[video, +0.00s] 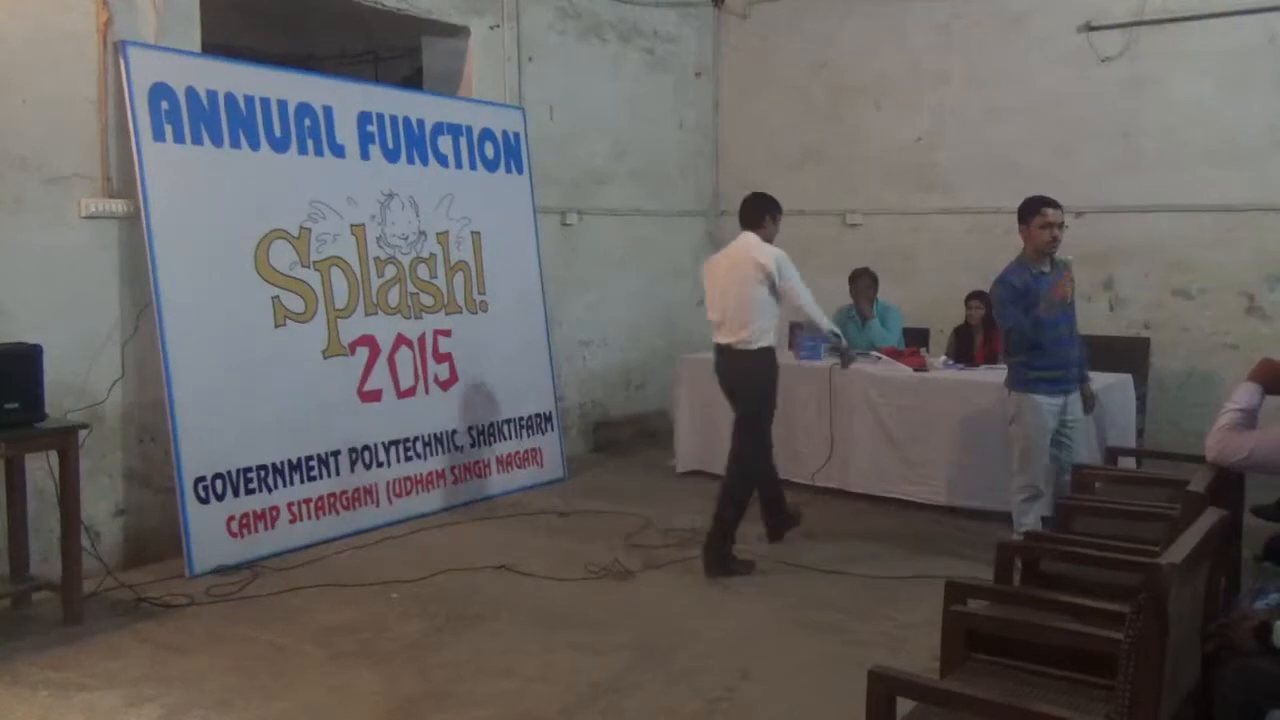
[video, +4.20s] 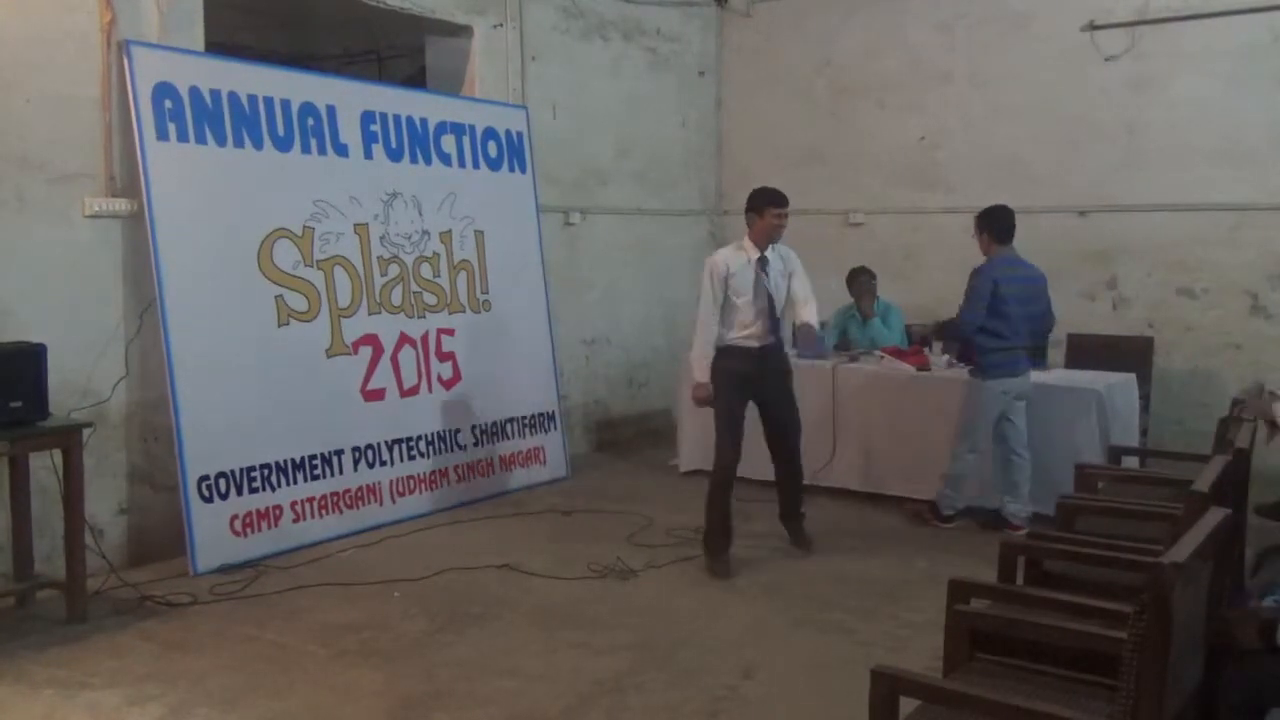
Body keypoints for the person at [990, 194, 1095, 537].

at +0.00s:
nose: (1055, 234)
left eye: (1059, 227)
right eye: (1046, 227)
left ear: (1062, 230)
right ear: (1023, 230)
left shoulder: (1062, 271)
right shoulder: (1007, 283)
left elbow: (1071, 332)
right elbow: (1015, 342)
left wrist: (1083, 379)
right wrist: (1051, 303)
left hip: (1068, 391)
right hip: (1032, 393)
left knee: (1066, 476)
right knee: (1031, 481)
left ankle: (1063, 545)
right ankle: (1028, 552)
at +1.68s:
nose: (1029, 237)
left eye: (1038, 230)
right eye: (1026, 229)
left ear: (1059, 234)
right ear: (1021, 230)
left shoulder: (1079, 280)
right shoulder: (1003, 277)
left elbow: (1092, 335)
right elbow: (983, 324)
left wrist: (1100, 384)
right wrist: (1006, 324)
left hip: (1061, 388)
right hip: (1016, 386)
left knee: (1057, 461)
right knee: (1013, 459)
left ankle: (1055, 524)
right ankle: (1015, 522)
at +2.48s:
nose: (1012, 241)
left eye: (1016, 233)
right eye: (1012, 234)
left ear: (1037, 233)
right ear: (1034, 234)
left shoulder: (1072, 277)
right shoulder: (1023, 275)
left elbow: (1075, 343)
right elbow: (1020, 324)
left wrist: (1043, 385)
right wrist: (996, 320)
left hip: (1053, 385)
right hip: (1016, 380)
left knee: (1053, 464)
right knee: (1012, 459)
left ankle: (1057, 532)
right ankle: (1013, 527)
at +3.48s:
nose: (1009, 241)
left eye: (1010, 234)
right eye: (1009, 234)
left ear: (1022, 235)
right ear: (1041, 233)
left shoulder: (1038, 276)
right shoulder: (1048, 270)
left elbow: (1029, 334)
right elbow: (1039, 327)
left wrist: (1017, 381)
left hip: (1035, 377)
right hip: (1037, 374)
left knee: (1038, 448)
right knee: (1019, 448)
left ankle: (1061, 513)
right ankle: (1015, 512)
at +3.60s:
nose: (1002, 241)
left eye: (1003, 234)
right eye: (1002, 233)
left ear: (1015, 234)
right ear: (1035, 233)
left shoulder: (1025, 273)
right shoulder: (1050, 270)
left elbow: (1014, 332)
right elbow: (1053, 322)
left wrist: (1004, 382)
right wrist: (1036, 351)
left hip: (1026, 373)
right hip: (1039, 370)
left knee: (1023, 446)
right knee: (1021, 445)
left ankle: (1038, 514)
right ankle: (1017, 511)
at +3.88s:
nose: (993, 239)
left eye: (994, 232)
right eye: (993, 232)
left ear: (1005, 233)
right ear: (1025, 232)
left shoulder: (1009, 273)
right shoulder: (1045, 272)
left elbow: (998, 330)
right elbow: (1053, 322)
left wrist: (973, 364)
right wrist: (1022, 337)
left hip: (1009, 375)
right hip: (1034, 374)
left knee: (994, 444)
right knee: (1024, 446)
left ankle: (1002, 514)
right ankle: (1020, 513)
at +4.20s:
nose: (976, 240)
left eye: (977, 234)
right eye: (977, 233)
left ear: (985, 236)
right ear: (1010, 233)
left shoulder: (986, 274)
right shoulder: (1033, 274)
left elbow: (967, 324)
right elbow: (1046, 322)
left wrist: (940, 331)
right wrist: (1025, 350)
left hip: (990, 377)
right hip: (1021, 374)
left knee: (969, 444)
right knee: (1017, 451)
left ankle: (946, 507)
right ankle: (1017, 516)